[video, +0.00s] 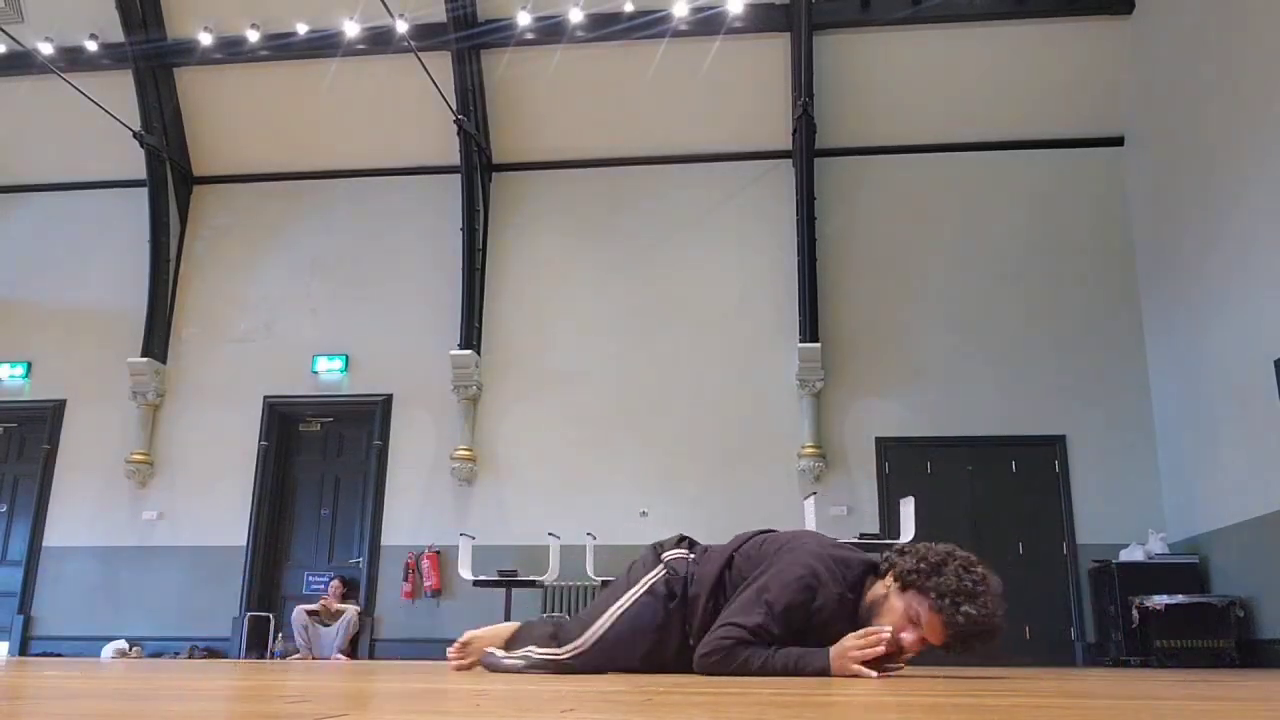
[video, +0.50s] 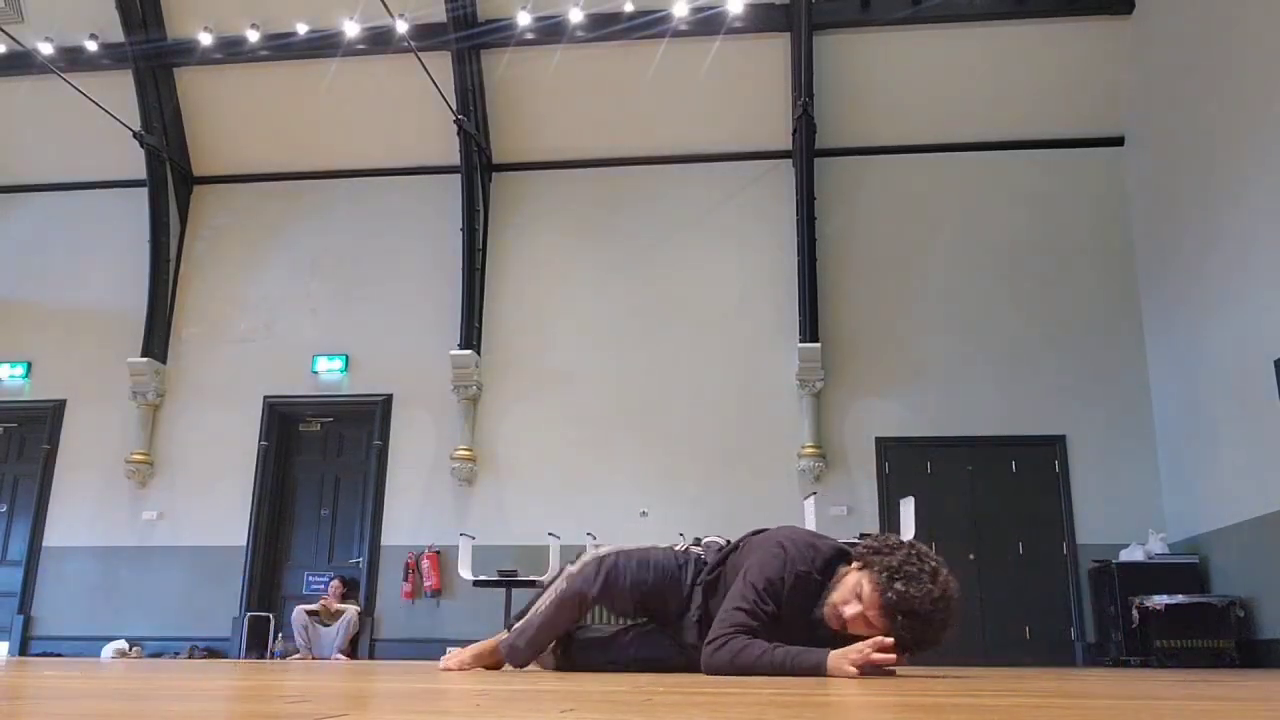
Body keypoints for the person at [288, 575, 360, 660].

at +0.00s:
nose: (333, 590)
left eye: (337, 588)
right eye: (331, 587)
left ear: (344, 590)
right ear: (328, 589)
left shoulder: (349, 604)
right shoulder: (322, 604)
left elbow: (358, 609)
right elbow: (298, 608)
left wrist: (336, 607)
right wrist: (318, 607)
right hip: (316, 634)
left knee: (352, 614)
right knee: (297, 612)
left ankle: (337, 653)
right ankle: (304, 653)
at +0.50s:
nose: (333, 590)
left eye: (337, 588)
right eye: (331, 587)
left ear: (344, 590)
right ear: (328, 589)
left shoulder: (349, 603)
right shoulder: (322, 604)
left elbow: (357, 610)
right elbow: (298, 608)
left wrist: (336, 607)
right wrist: (318, 606)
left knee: (352, 614)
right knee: (297, 612)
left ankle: (337, 653)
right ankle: (304, 652)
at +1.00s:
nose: (333, 591)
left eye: (337, 588)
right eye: (331, 587)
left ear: (344, 590)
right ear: (328, 589)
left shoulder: (349, 603)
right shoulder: (323, 604)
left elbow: (357, 610)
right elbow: (298, 608)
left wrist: (335, 606)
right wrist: (318, 607)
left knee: (352, 614)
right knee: (297, 612)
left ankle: (337, 653)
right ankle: (304, 652)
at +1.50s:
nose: (333, 591)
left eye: (337, 588)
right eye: (331, 587)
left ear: (344, 590)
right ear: (328, 589)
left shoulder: (349, 603)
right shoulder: (323, 603)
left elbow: (357, 610)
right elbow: (297, 608)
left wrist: (335, 606)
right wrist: (317, 607)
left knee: (352, 614)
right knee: (297, 612)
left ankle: (337, 653)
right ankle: (304, 652)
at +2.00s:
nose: (333, 591)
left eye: (337, 588)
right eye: (331, 587)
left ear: (343, 590)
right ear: (328, 589)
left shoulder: (349, 603)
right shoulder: (323, 603)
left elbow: (357, 610)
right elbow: (297, 608)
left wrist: (335, 607)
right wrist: (317, 607)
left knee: (352, 613)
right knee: (297, 612)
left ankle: (336, 653)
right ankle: (304, 652)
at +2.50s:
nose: (333, 591)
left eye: (337, 588)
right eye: (331, 588)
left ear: (344, 590)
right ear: (328, 589)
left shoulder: (349, 602)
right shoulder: (323, 603)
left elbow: (357, 610)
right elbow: (297, 608)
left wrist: (334, 606)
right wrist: (318, 607)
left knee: (352, 614)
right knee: (297, 612)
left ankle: (336, 653)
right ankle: (304, 653)